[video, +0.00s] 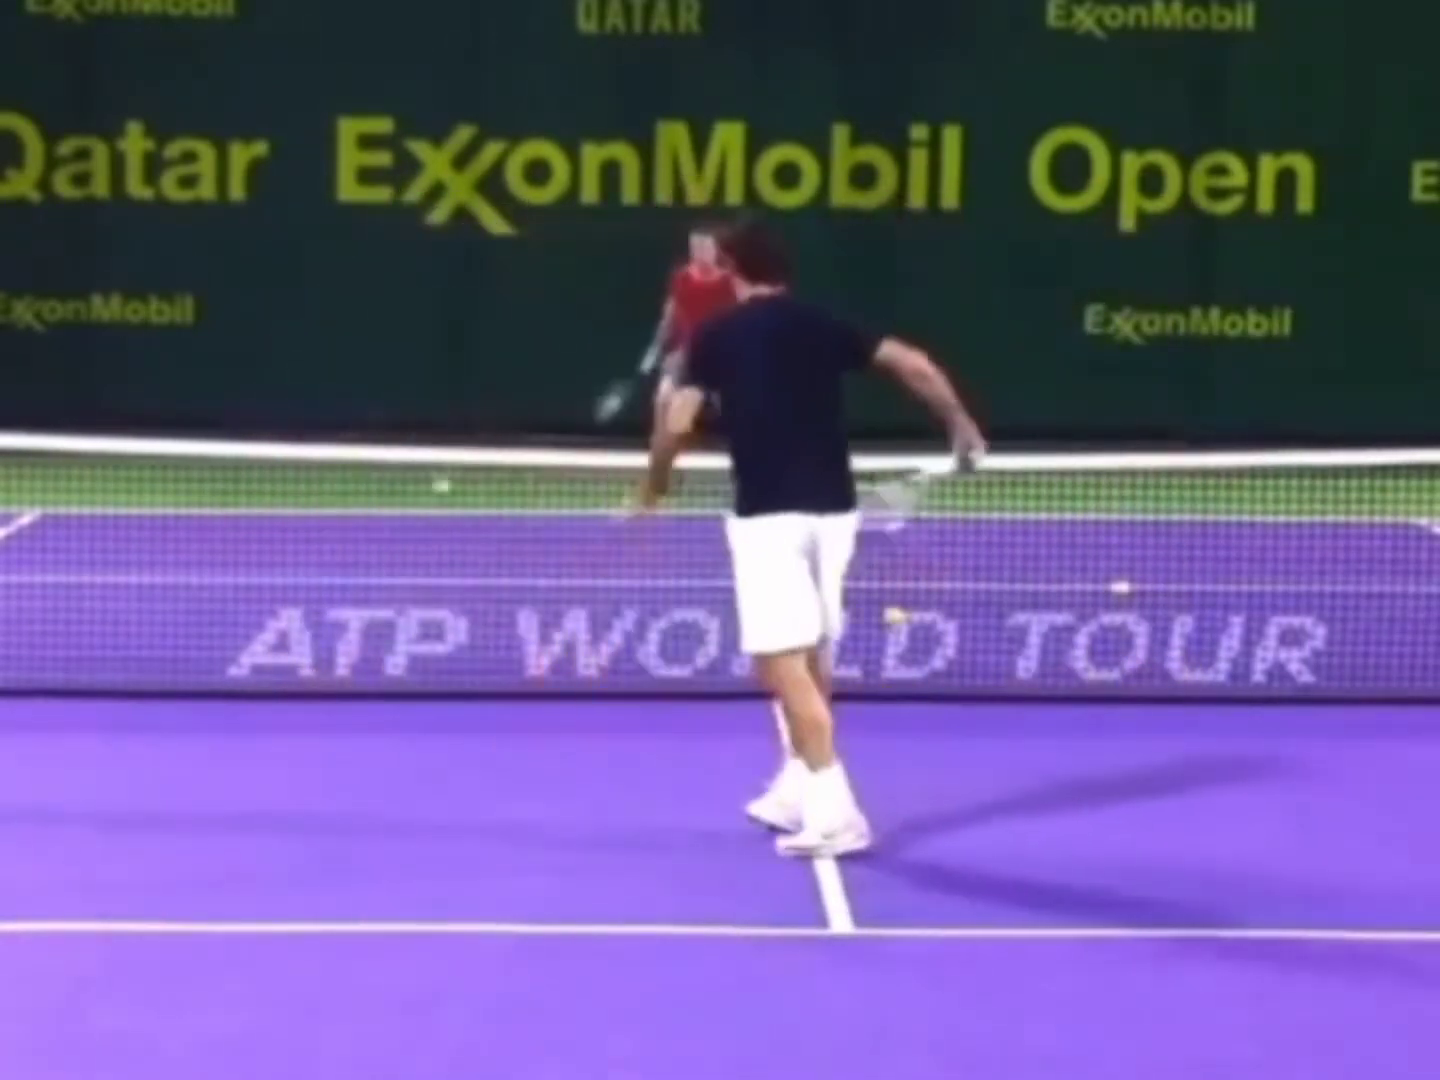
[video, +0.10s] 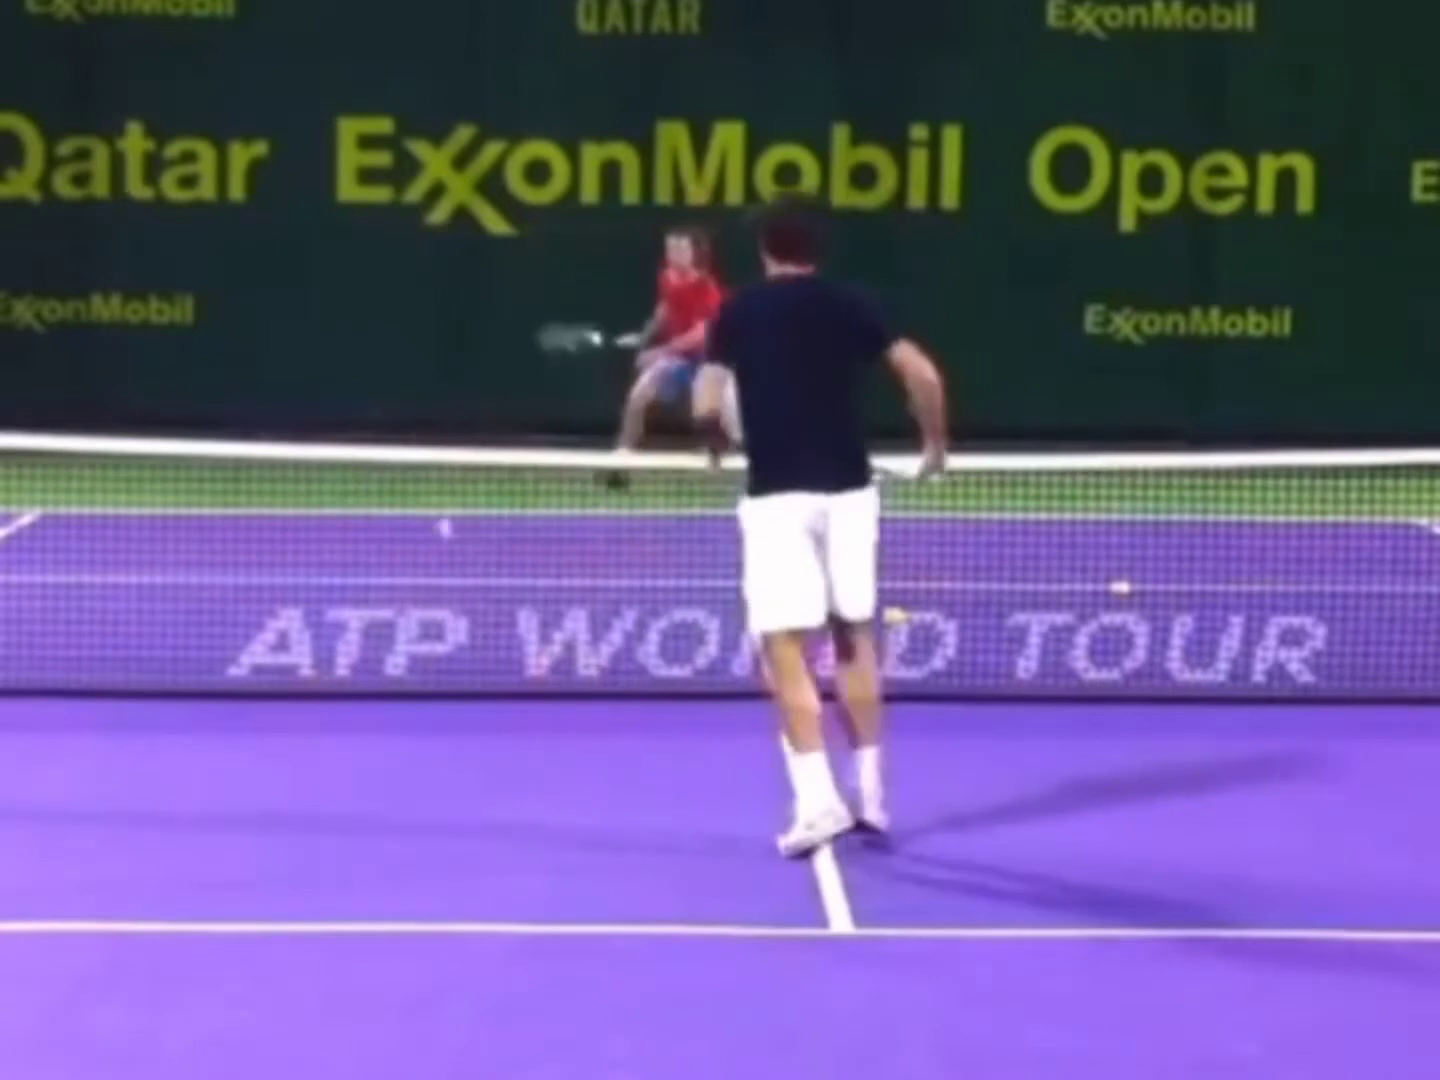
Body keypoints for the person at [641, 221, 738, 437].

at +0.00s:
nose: (702, 253)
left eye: (707, 246)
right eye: (697, 246)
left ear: (717, 250)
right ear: (690, 250)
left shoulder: (729, 281)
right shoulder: (682, 279)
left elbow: (740, 320)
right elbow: (669, 319)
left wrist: (739, 352)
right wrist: (655, 349)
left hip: (718, 352)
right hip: (684, 350)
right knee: (664, 397)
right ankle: (660, 461)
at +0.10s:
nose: (676, 255)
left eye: (682, 249)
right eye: (672, 249)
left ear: (695, 252)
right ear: (667, 253)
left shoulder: (706, 287)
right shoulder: (667, 278)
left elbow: (701, 333)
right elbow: (664, 310)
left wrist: (661, 352)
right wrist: (644, 337)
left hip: (702, 354)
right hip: (672, 351)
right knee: (639, 395)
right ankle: (625, 451)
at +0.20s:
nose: (642, 258)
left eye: (647, 252)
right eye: (638, 253)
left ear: (660, 255)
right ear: (633, 256)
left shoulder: (671, 286)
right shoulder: (640, 280)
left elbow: (681, 328)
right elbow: (647, 313)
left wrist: (645, 355)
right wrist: (625, 331)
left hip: (694, 368)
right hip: (660, 363)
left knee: (721, 431)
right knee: (615, 405)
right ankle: (582, 463)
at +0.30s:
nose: (607, 268)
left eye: (612, 261)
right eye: (602, 263)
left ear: (623, 262)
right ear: (597, 266)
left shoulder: (638, 291)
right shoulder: (609, 294)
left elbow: (663, 326)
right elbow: (608, 331)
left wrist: (645, 355)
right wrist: (585, 344)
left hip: (668, 369)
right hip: (633, 368)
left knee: (699, 433)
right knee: (586, 404)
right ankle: (564, 469)